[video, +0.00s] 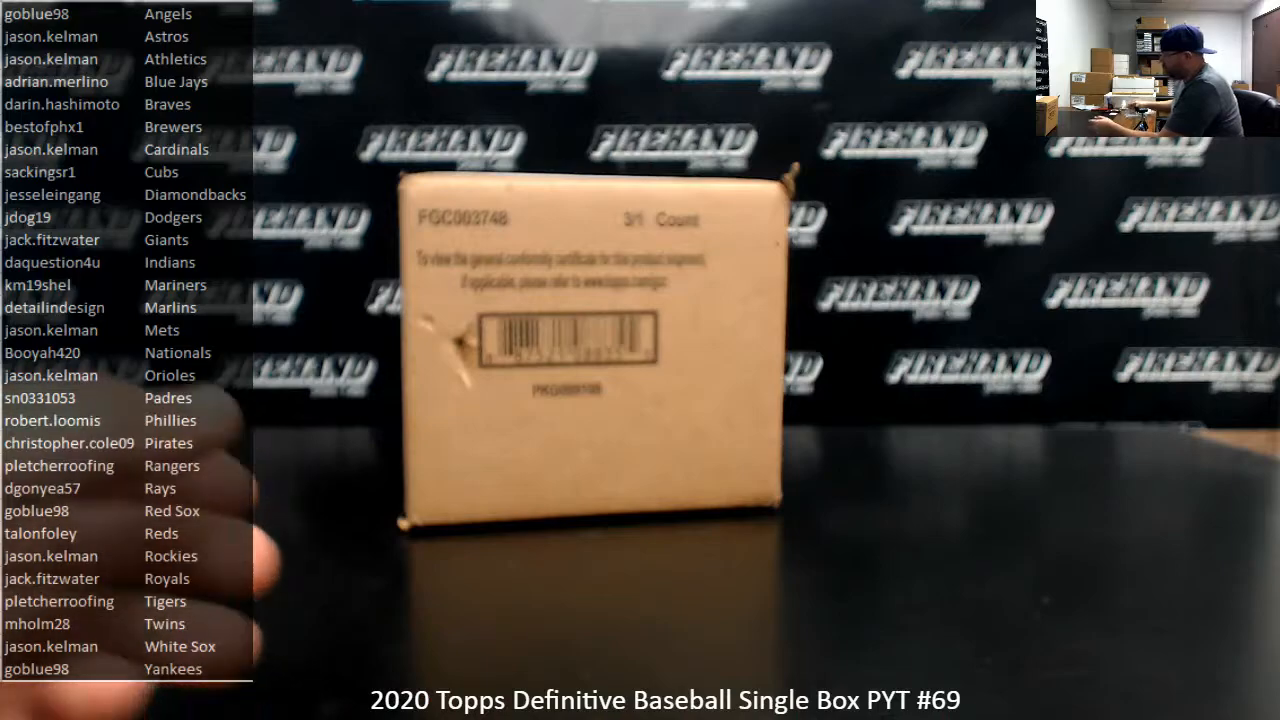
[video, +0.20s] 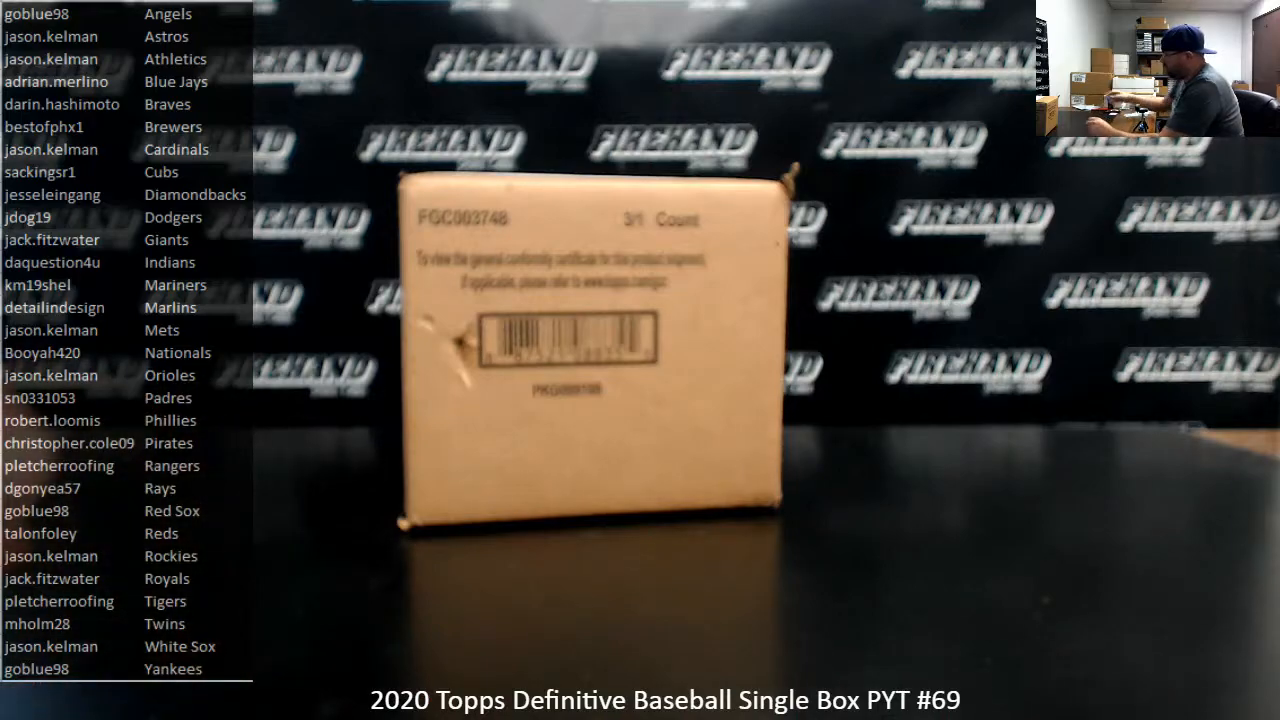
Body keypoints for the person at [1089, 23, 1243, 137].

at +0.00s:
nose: (1161, 61)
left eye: (1165, 55)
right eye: (1161, 55)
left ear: (1186, 57)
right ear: (1189, 57)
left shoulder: (1203, 88)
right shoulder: (1199, 79)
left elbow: (1164, 142)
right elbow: (1180, 106)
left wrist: (1113, 129)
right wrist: (1147, 105)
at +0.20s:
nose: (1162, 61)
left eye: (1166, 55)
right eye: (1163, 55)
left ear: (1187, 57)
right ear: (1188, 57)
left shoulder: (1203, 87)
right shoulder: (1188, 77)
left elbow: (1164, 143)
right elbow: (1165, 104)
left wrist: (1110, 133)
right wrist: (1128, 98)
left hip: (1218, 164)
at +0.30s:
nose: (1161, 61)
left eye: (1165, 55)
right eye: (1162, 55)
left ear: (1186, 57)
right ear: (1187, 57)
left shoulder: (1204, 86)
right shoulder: (1185, 78)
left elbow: (1166, 144)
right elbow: (1156, 101)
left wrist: (1112, 136)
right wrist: (1117, 98)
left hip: (1219, 163)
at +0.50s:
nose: (1152, 63)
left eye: (1156, 57)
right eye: (1152, 57)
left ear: (1176, 56)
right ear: (1176, 57)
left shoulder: (1198, 84)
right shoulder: (1173, 79)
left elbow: (1171, 145)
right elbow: (1135, 98)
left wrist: (1116, 136)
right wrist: (1092, 96)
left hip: (1215, 159)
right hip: (1191, 154)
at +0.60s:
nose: (1146, 63)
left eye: (1149, 57)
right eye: (1146, 58)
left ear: (1170, 56)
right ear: (1170, 56)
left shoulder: (1194, 83)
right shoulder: (1168, 78)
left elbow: (1168, 145)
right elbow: (1126, 98)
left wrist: (1114, 135)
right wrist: (1082, 100)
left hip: (1210, 158)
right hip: (1188, 151)